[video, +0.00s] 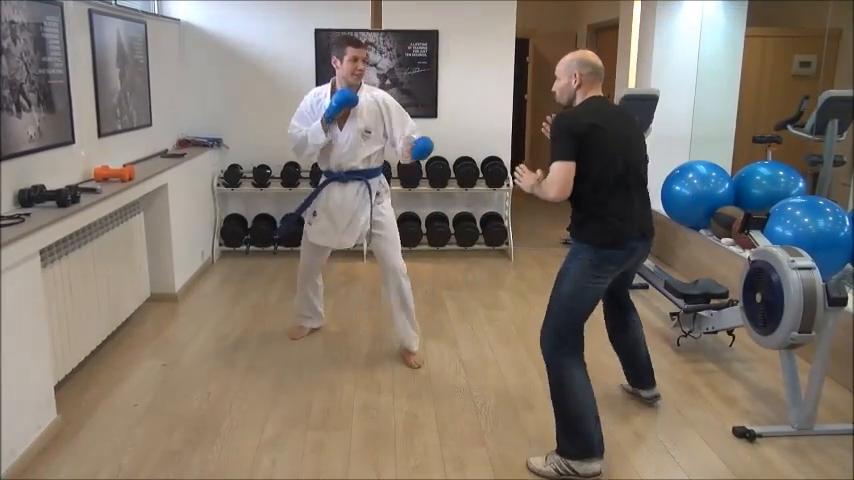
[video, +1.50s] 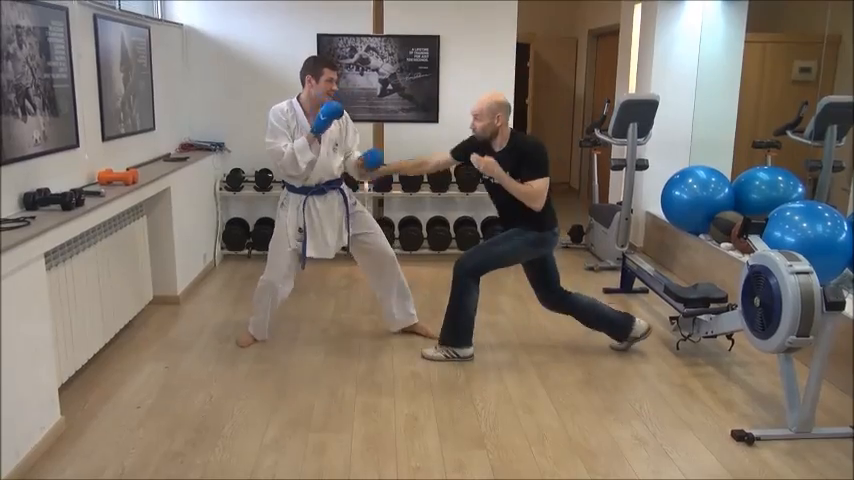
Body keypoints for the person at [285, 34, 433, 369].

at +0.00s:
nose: (360, 67)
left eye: (365, 62)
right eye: (354, 60)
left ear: (368, 66)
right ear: (336, 63)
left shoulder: (380, 101)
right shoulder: (315, 99)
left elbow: (403, 141)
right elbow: (299, 147)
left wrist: (413, 147)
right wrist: (327, 120)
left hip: (373, 191)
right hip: (332, 191)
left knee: (395, 266)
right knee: (309, 261)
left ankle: (409, 343)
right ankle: (310, 318)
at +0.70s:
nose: (363, 61)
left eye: (365, 56)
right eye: (358, 55)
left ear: (345, 57)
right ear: (337, 55)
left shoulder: (362, 91)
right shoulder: (307, 90)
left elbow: (374, 139)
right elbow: (316, 141)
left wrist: (401, 136)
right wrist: (344, 102)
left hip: (363, 177)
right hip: (323, 180)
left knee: (402, 236)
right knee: (292, 250)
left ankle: (418, 303)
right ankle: (261, 316)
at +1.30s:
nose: (339, 87)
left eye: (341, 82)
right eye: (335, 81)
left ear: (335, 83)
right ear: (315, 78)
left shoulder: (339, 113)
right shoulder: (285, 110)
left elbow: (348, 157)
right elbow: (296, 161)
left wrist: (365, 162)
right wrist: (318, 123)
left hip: (339, 195)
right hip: (300, 198)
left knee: (387, 251)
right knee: (274, 270)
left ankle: (409, 319)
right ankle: (255, 326)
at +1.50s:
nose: (334, 88)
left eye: (336, 83)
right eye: (329, 82)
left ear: (335, 85)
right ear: (309, 81)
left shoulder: (339, 117)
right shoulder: (281, 114)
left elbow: (351, 163)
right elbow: (284, 164)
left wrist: (364, 165)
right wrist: (314, 133)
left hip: (338, 197)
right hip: (297, 201)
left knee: (383, 255)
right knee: (275, 276)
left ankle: (405, 320)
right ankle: (257, 329)